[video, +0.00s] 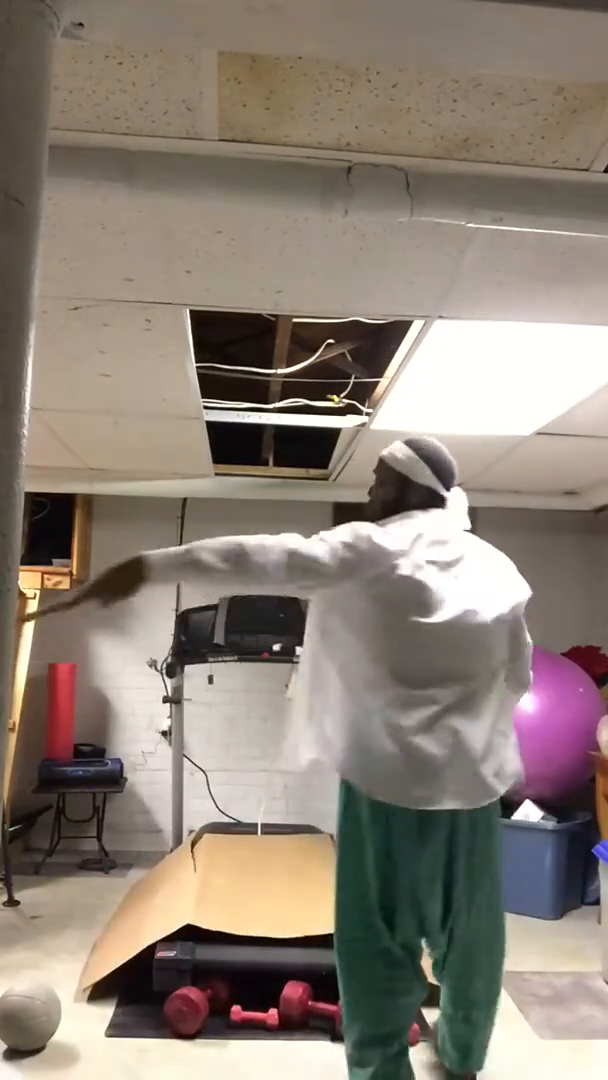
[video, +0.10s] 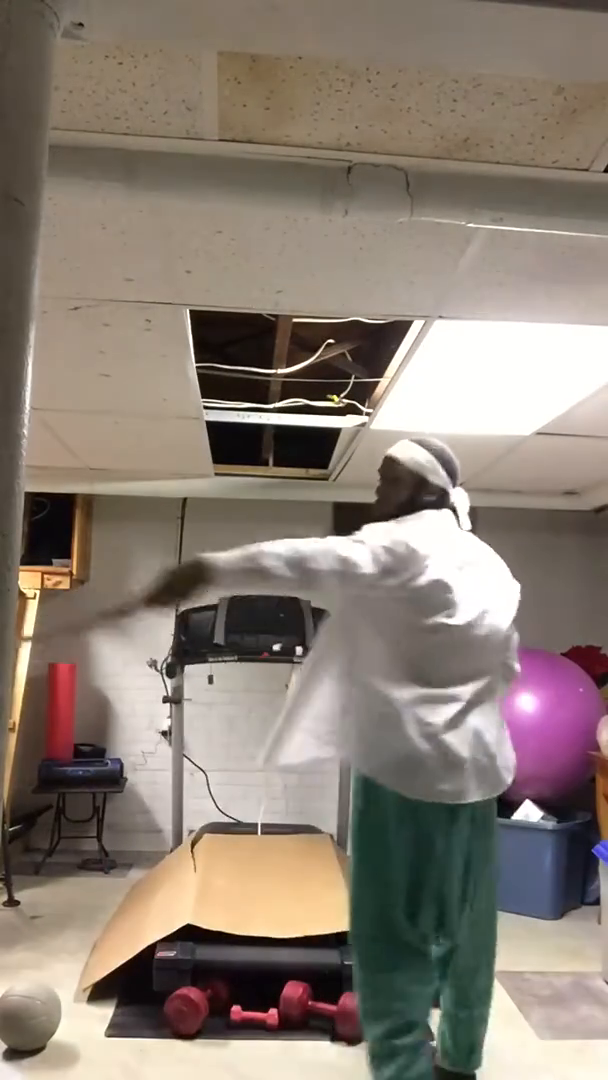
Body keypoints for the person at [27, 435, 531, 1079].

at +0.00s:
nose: (370, 496)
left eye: (380, 484)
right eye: (375, 483)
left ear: (404, 489)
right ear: (444, 495)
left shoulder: (365, 548)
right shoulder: (500, 571)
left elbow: (260, 556)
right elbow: (520, 676)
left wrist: (147, 566)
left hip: (386, 774)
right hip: (476, 775)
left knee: (375, 934)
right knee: (473, 928)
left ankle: (381, 1068)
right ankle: (462, 1060)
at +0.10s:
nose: (376, 491)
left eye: (388, 479)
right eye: (380, 478)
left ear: (426, 488)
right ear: (448, 494)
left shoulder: (397, 545)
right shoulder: (494, 568)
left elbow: (306, 560)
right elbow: (507, 670)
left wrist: (207, 568)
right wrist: (462, 710)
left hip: (400, 765)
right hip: (476, 766)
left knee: (390, 926)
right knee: (470, 921)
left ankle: (400, 1066)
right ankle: (459, 1060)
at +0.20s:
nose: (388, 489)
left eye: (402, 478)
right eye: (389, 477)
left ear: (438, 488)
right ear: (447, 496)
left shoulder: (421, 544)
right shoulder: (479, 563)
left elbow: (357, 567)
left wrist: (278, 578)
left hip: (415, 762)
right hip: (468, 762)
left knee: (409, 929)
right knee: (460, 922)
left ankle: (438, 1067)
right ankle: (459, 1061)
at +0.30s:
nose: (399, 490)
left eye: (413, 480)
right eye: (397, 480)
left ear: (449, 489)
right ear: (403, 487)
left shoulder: (440, 542)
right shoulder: (444, 547)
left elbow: (427, 582)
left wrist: (350, 596)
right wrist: (348, 617)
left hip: (425, 760)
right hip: (452, 758)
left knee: (421, 920)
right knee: (453, 916)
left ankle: (462, 1064)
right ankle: (454, 1048)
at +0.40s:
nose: (411, 491)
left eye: (425, 482)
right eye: (406, 482)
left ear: (454, 492)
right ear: (402, 490)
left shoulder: (458, 546)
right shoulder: (420, 551)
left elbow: (446, 600)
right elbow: (394, 642)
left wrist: (404, 610)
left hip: (445, 760)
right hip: (408, 761)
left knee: (444, 927)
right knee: (412, 920)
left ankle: (479, 1066)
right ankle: (460, 1050)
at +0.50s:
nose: (426, 494)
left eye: (440, 485)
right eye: (416, 484)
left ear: (462, 496)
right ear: (405, 494)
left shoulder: (471, 554)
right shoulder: (394, 564)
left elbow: (503, 599)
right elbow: (368, 659)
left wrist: (481, 616)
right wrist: (353, 737)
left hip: (453, 755)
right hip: (405, 756)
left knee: (449, 916)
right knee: (412, 907)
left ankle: (482, 1066)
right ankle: (462, 1049)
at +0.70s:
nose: (445, 499)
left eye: (456, 491)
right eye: (433, 489)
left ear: (468, 503)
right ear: (411, 500)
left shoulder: (484, 563)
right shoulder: (388, 570)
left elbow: (533, 599)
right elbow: (358, 665)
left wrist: (587, 629)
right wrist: (319, 735)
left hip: (458, 732)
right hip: (401, 729)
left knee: (454, 893)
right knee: (422, 891)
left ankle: (472, 1061)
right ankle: (460, 1043)